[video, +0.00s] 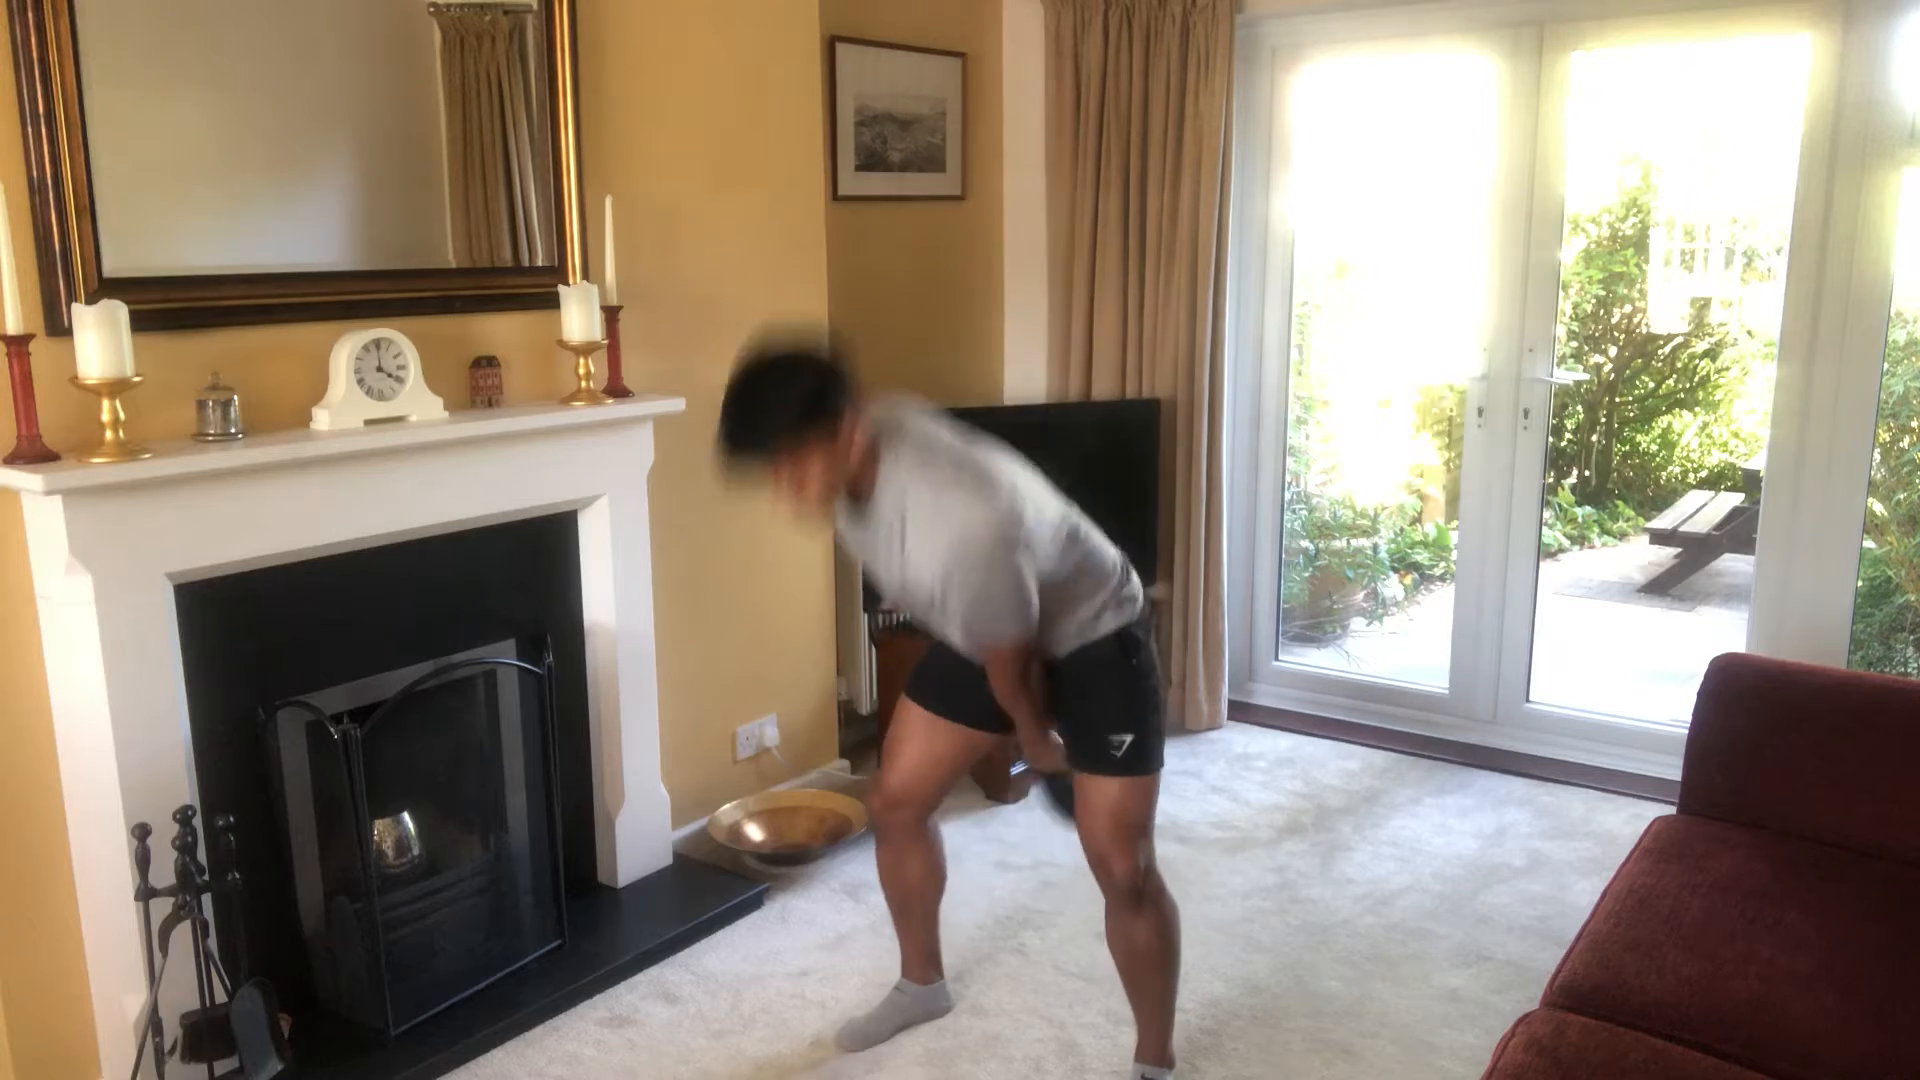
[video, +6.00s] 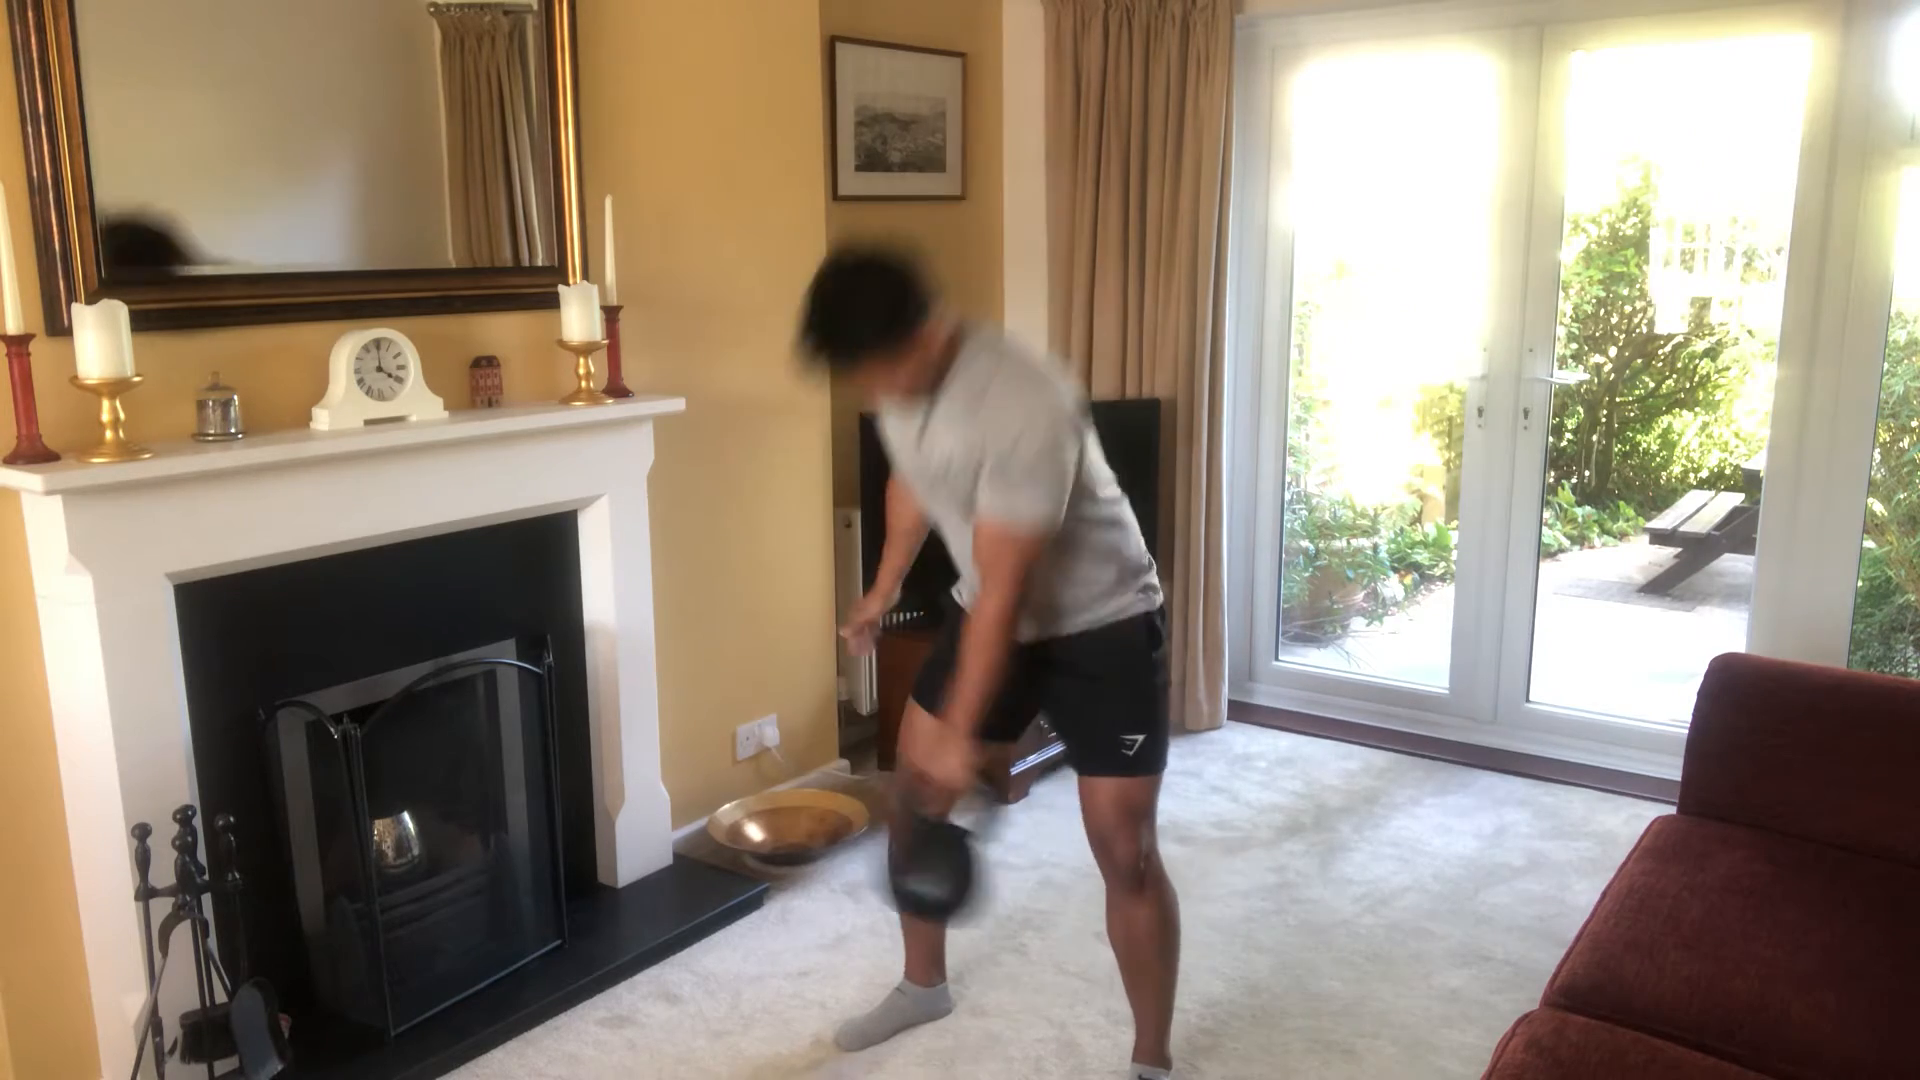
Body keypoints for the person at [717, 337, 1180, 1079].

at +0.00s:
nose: (784, 486)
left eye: (790, 461)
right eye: (773, 468)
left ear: (843, 430)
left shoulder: (963, 514)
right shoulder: (853, 456)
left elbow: (1011, 667)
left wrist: (1039, 748)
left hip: (1090, 635)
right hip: (980, 632)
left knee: (1125, 871)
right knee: (897, 801)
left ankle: (1155, 1060)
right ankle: (922, 984)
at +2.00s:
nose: (970, 235)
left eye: (989, 212)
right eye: (960, 215)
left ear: (1048, 204)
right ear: (952, 214)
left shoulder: (1104, 316)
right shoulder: (960, 319)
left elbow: (1023, 425)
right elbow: (901, 435)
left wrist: (899, 494)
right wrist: (786, 499)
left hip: (1070, 618)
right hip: (957, 610)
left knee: (1103, 838)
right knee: (953, 806)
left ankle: (1148, 1054)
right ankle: (928, 985)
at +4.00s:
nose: (986, 229)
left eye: (1005, 206)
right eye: (974, 210)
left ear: (1060, 199)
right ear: (967, 209)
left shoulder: (1110, 305)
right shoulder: (968, 320)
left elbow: (1007, 336)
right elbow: (945, 450)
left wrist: (850, 337)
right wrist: (895, 566)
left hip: (1071, 617)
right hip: (956, 606)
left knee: (1104, 837)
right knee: (951, 806)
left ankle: (1148, 1053)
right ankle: (928, 984)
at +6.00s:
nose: (867, 389)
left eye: (870, 371)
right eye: (855, 376)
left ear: (915, 333)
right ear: (863, 354)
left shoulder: (1025, 400)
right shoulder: (896, 383)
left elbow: (1001, 590)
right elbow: (913, 483)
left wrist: (958, 729)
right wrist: (883, 592)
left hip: (1101, 620)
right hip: (994, 611)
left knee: (1125, 852)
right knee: (917, 779)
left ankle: (1153, 1060)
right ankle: (924, 983)